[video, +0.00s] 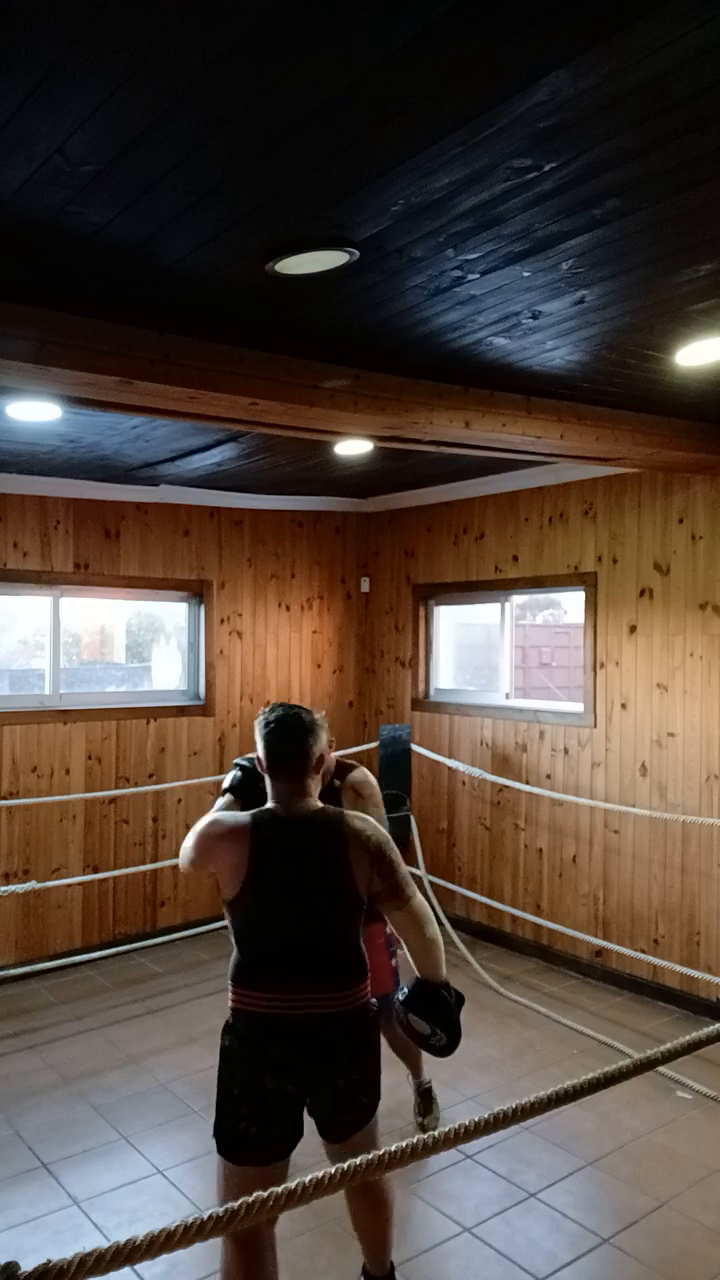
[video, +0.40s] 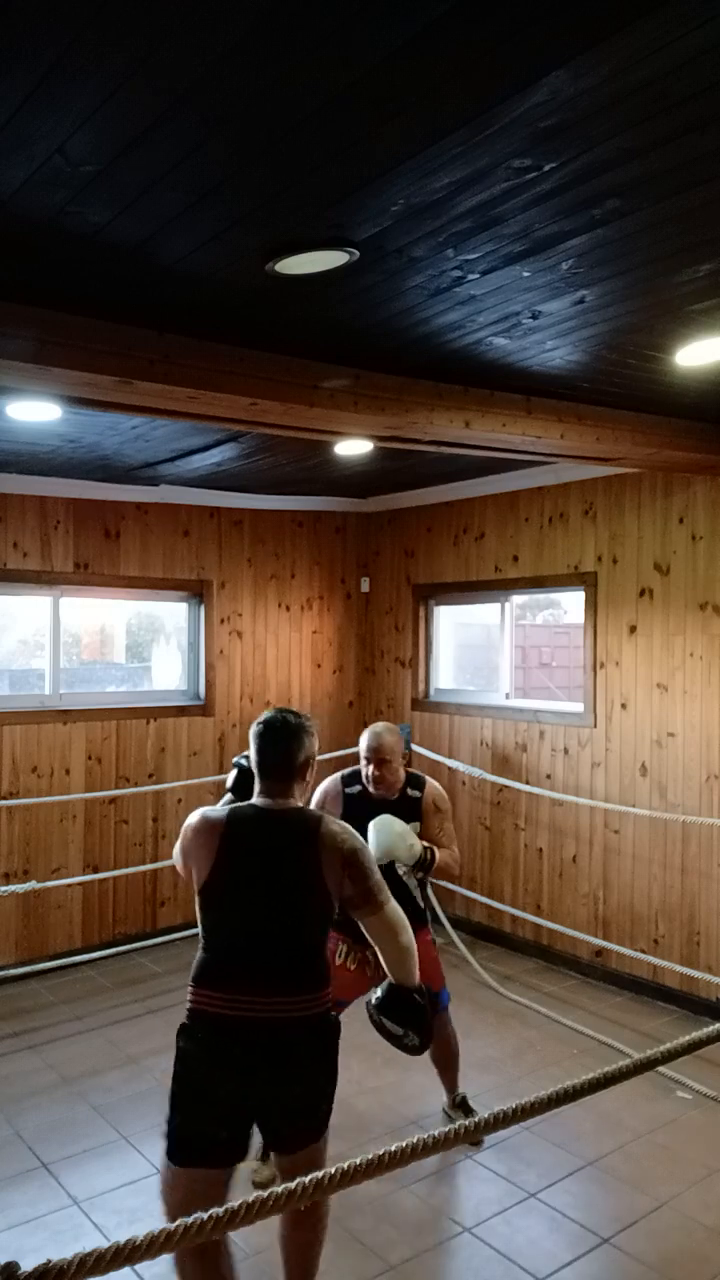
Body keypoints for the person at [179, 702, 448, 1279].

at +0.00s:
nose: (330, 758)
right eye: (328, 750)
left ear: (256, 766)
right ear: (322, 763)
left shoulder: (228, 835)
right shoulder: (362, 835)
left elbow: (193, 855)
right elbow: (409, 912)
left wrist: (231, 794)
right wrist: (435, 989)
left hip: (259, 1037)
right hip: (344, 1034)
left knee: (248, 1211)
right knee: (360, 1164)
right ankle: (380, 1270)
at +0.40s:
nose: (314, 766)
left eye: (311, 759)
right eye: (314, 759)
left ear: (251, 762)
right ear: (307, 767)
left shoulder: (202, 828)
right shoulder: (335, 840)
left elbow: (188, 869)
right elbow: (390, 929)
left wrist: (233, 796)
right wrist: (407, 994)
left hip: (214, 1040)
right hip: (303, 1040)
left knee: (191, 1208)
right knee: (303, 1182)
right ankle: (299, 1276)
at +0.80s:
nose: (276, 777)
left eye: (277, 768)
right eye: (274, 768)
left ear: (209, 768)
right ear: (261, 774)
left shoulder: (164, 826)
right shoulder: (275, 847)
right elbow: (342, 954)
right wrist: (366, 965)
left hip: (153, 1042)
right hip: (238, 1050)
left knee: (102, 1199)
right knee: (284, 1181)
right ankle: (291, 1275)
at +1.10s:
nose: (210, 764)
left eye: (205, 755)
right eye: (207, 754)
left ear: (146, 762)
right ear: (200, 762)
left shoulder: (107, 828)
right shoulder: (218, 833)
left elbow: (138, 906)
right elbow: (271, 923)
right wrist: (323, 976)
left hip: (113, 1037)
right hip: (199, 1039)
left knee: (77, 1194)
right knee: (257, 1188)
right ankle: (283, 1276)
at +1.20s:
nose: (180, 768)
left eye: (178, 758)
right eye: (177, 759)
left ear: (113, 768)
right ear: (164, 767)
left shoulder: (70, 840)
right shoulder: (188, 836)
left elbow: (87, 932)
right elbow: (242, 923)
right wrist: (289, 993)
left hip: (84, 1044)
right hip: (172, 1046)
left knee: (58, 1198)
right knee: (238, 1192)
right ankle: (277, 1274)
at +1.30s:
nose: (155, 767)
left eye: (153, 757)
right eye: (152, 757)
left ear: (88, 767)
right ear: (133, 765)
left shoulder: (39, 841)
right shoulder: (164, 831)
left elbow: (18, 935)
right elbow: (212, 920)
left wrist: (80, 917)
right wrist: (251, 1005)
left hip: (63, 1041)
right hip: (151, 1040)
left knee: (52, 1194)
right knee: (212, 1175)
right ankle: (247, 1270)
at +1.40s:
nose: (140, 752)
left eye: (137, 742)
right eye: (136, 743)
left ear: (74, 755)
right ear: (119, 752)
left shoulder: (27, 824)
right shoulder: (148, 816)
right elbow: (194, 906)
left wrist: (27, 933)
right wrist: (226, 983)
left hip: (55, 1016)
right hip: (141, 1014)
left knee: (48, 1177)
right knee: (172, 1134)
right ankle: (175, 1266)